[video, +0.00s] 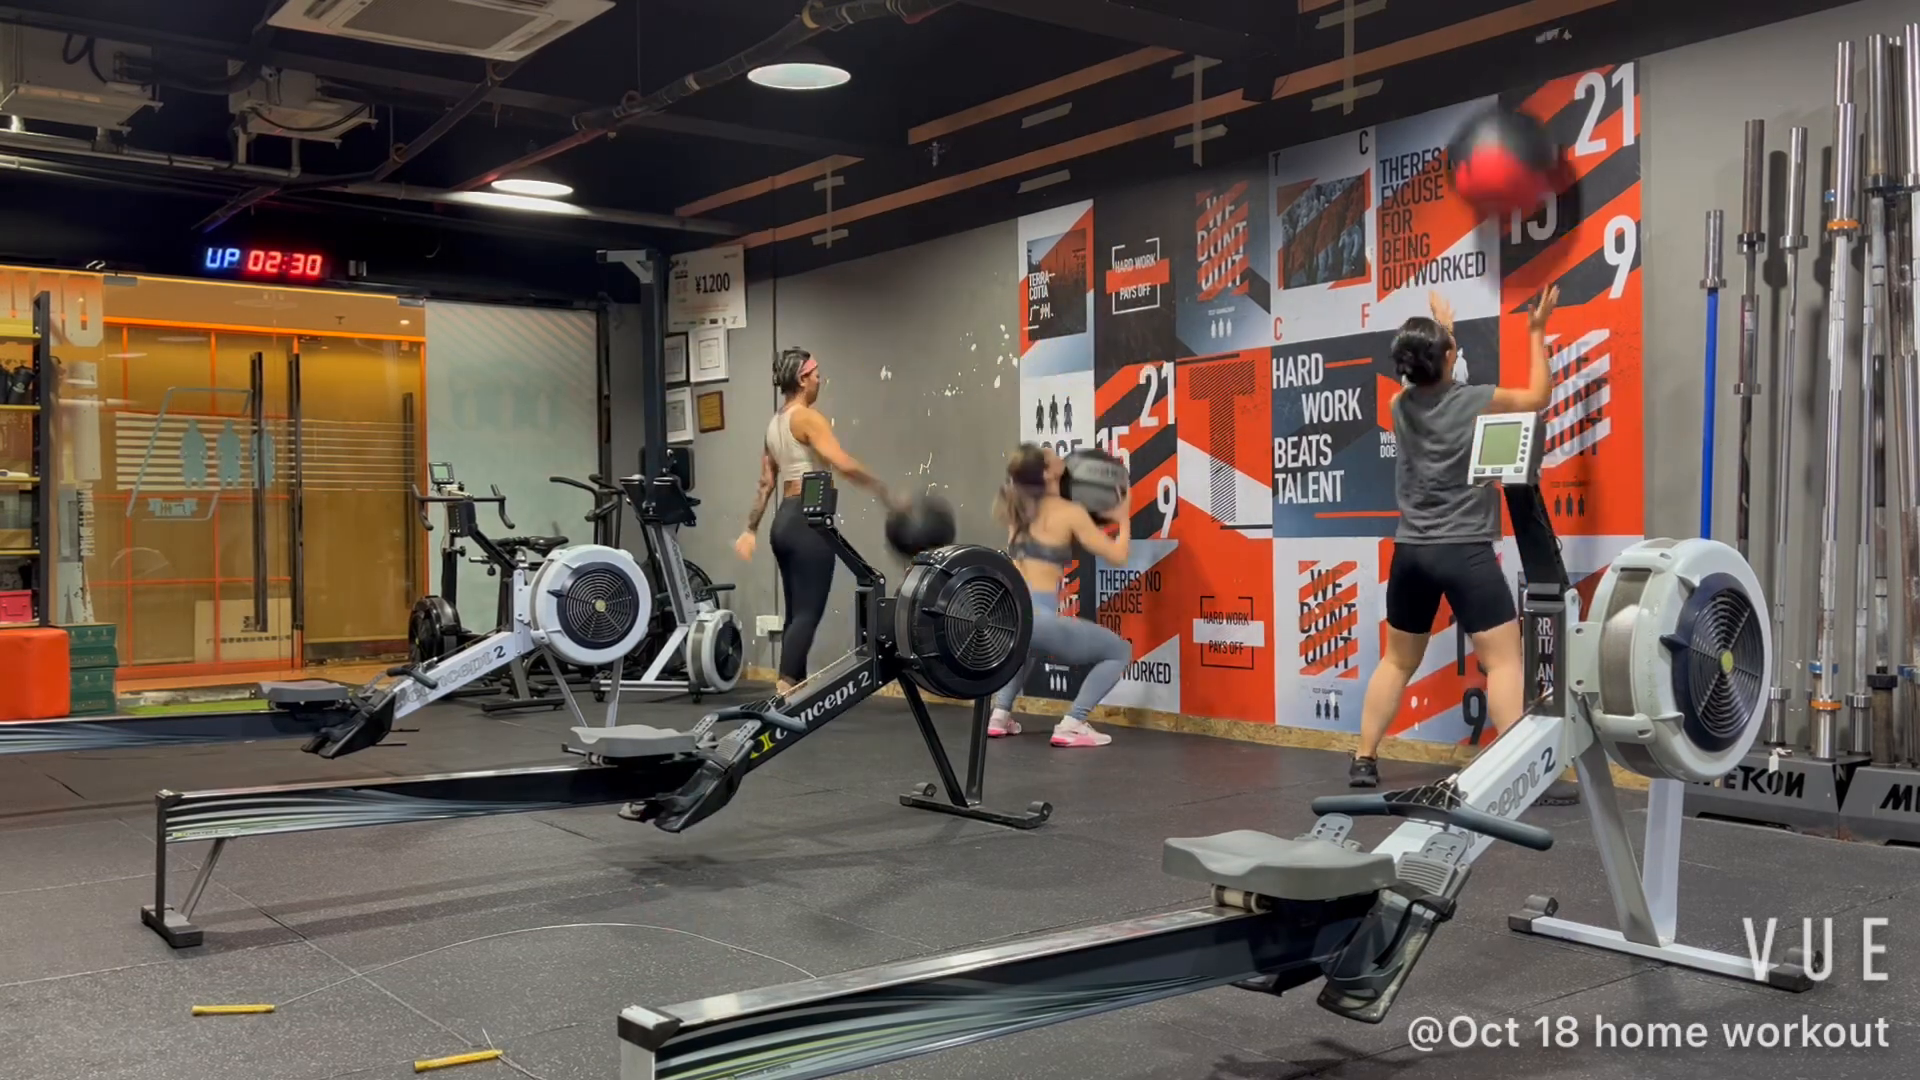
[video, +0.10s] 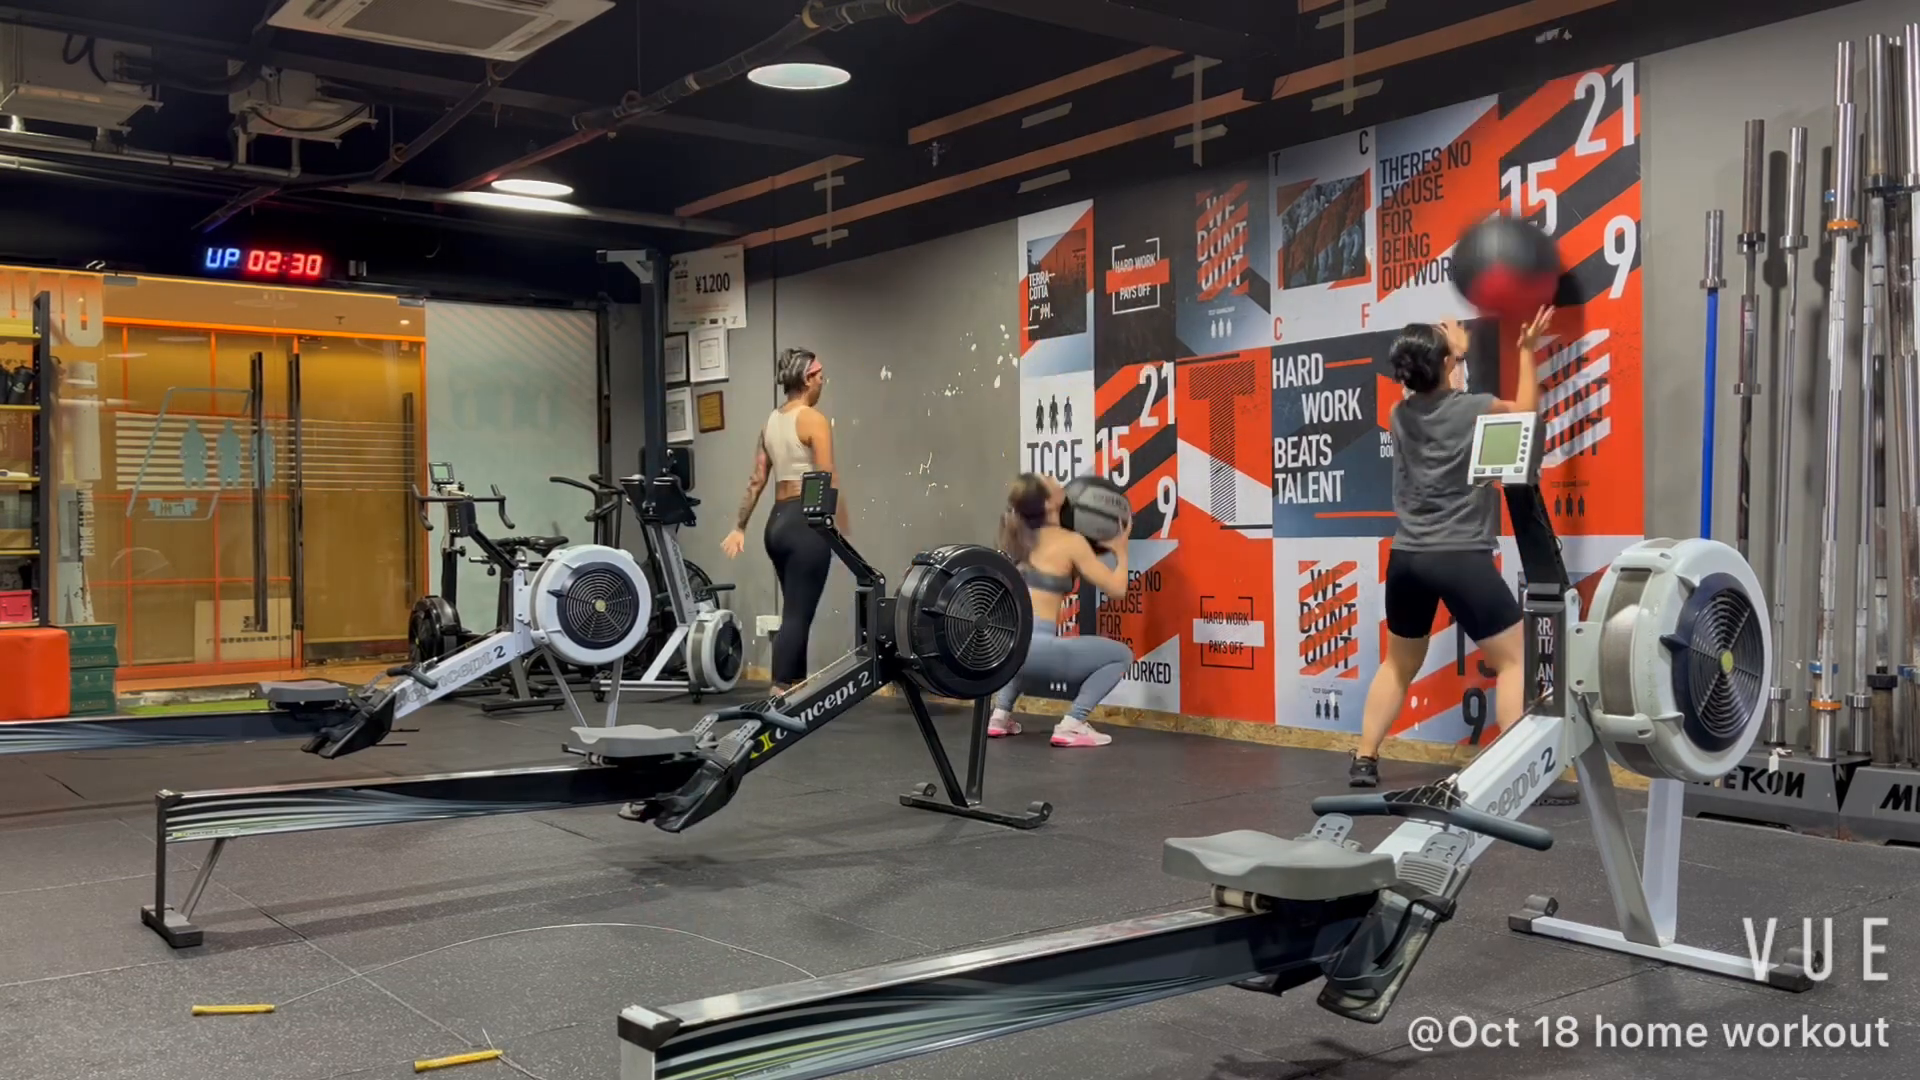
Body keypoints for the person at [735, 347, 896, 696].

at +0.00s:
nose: (820, 379)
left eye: (817, 372)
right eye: (815, 374)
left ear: (790, 381)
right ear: (802, 380)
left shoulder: (775, 425)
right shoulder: (809, 417)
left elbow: (766, 483)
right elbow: (845, 467)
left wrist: (750, 529)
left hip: (785, 520)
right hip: (808, 520)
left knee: (797, 612)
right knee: (808, 613)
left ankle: (798, 692)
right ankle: (784, 694)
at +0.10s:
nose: (822, 381)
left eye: (821, 374)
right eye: (818, 375)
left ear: (791, 381)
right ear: (806, 380)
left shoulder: (772, 423)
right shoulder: (815, 420)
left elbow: (757, 480)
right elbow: (828, 479)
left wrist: (739, 527)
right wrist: (842, 530)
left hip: (779, 517)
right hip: (807, 517)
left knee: (797, 612)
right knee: (797, 614)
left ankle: (798, 692)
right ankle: (779, 695)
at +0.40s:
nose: (823, 381)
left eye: (822, 374)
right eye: (821, 374)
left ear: (786, 375)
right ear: (812, 376)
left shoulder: (766, 415)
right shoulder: (813, 417)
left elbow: (753, 476)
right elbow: (816, 478)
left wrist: (746, 521)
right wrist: (832, 535)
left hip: (760, 511)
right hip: (793, 513)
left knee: (762, 608)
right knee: (786, 616)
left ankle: (749, 682)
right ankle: (777, 698)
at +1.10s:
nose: (797, 388)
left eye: (797, 381)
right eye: (794, 381)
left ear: (764, 384)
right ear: (781, 383)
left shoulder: (735, 423)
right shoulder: (787, 421)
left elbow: (716, 484)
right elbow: (798, 479)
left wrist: (701, 531)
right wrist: (826, 527)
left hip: (733, 522)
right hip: (775, 520)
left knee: (724, 617)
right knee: (811, 610)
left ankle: (711, 704)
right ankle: (818, 694)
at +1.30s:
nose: (834, 404)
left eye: (835, 396)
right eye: (832, 396)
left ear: (798, 396)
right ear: (818, 396)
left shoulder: (768, 425)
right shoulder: (821, 432)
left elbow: (730, 473)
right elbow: (834, 490)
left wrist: (705, 518)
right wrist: (858, 546)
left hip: (751, 523)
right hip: (794, 526)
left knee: (732, 618)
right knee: (821, 618)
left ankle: (710, 705)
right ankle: (849, 703)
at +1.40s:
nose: (864, 419)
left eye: (864, 412)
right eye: (862, 412)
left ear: (829, 409)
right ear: (850, 410)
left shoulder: (794, 434)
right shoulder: (845, 443)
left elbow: (751, 474)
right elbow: (858, 502)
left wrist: (724, 516)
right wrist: (884, 558)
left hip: (760, 522)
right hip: (801, 526)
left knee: (740, 619)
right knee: (831, 618)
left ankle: (713, 702)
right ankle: (849, 704)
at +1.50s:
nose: (889, 448)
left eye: (890, 441)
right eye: (888, 441)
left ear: (854, 432)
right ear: (876, 436)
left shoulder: (816, 447)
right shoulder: (865, 462)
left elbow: (770, 477)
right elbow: (883, 522)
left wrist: (742, 518)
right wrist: (909, 568)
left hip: (765, 524)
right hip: (807, 528)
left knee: (749, 619)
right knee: (834, 619)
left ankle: (719, 697)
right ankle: (850, 705)